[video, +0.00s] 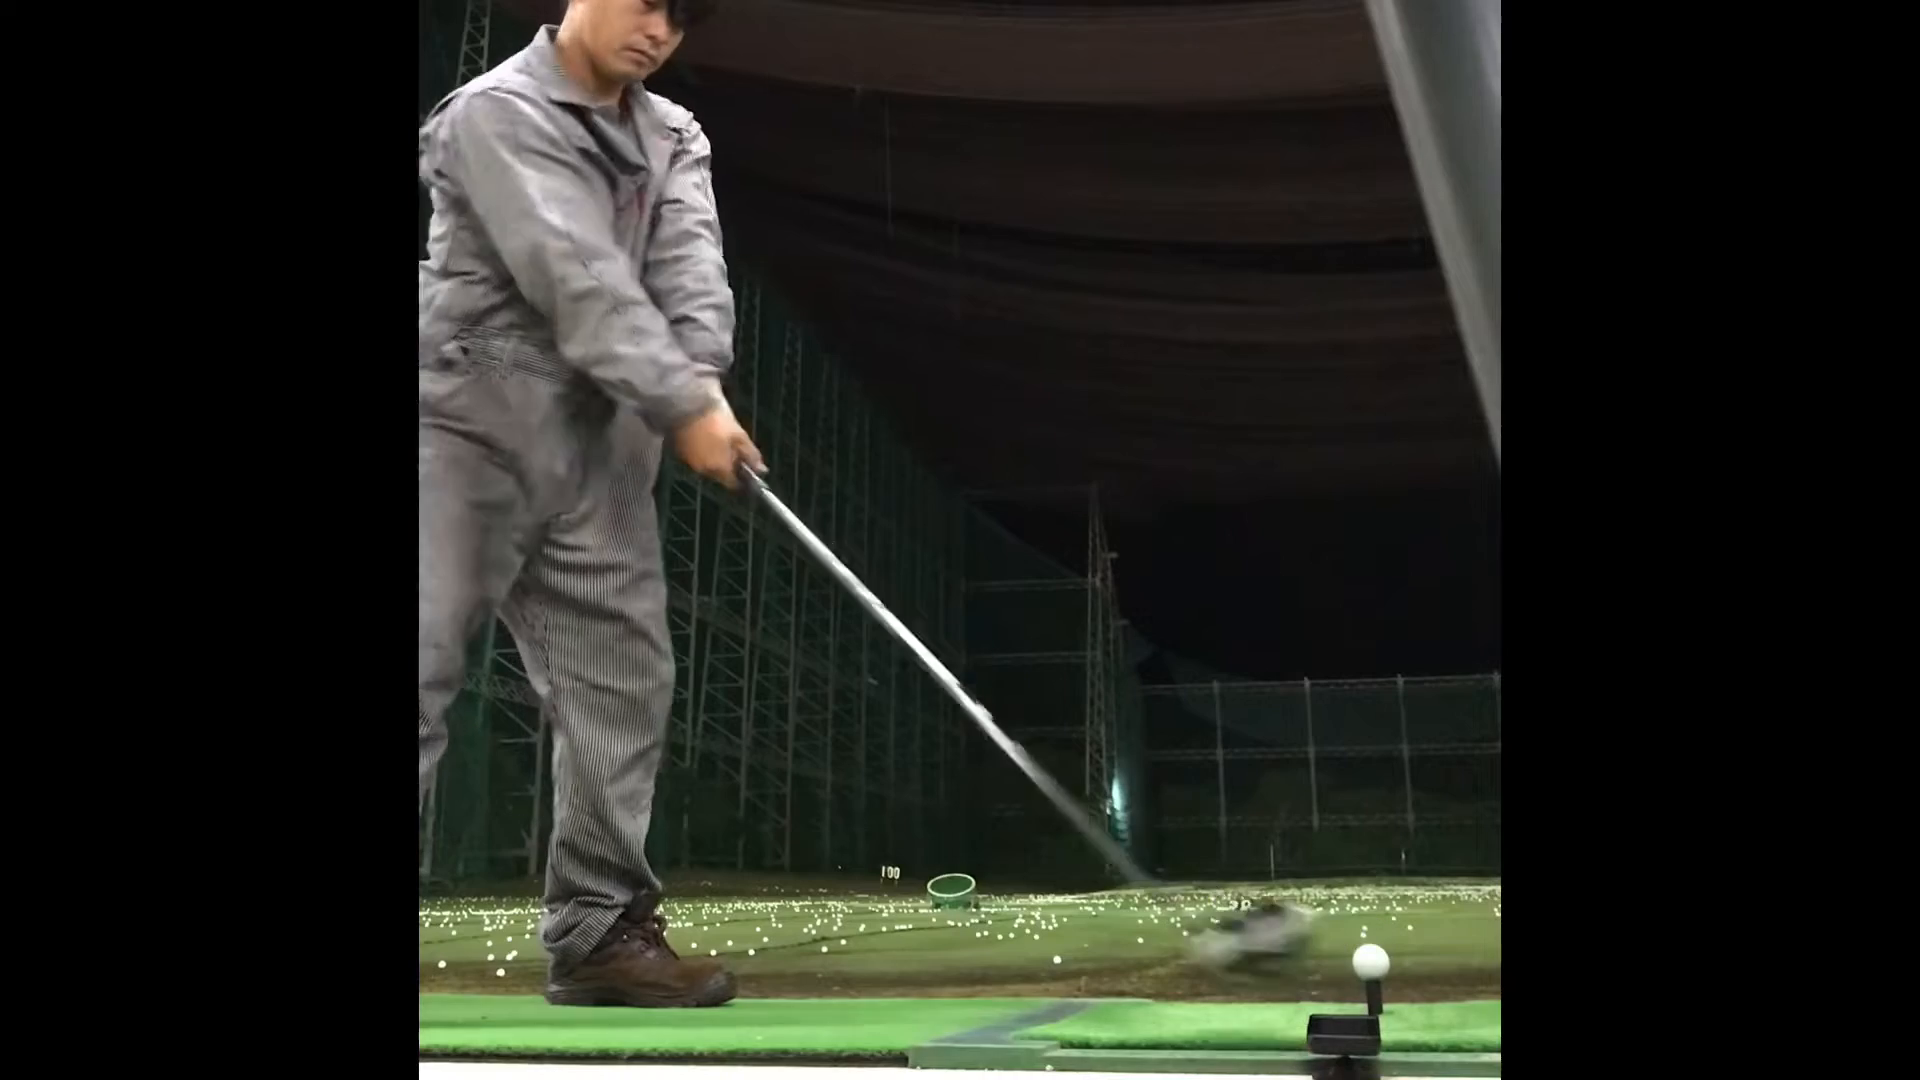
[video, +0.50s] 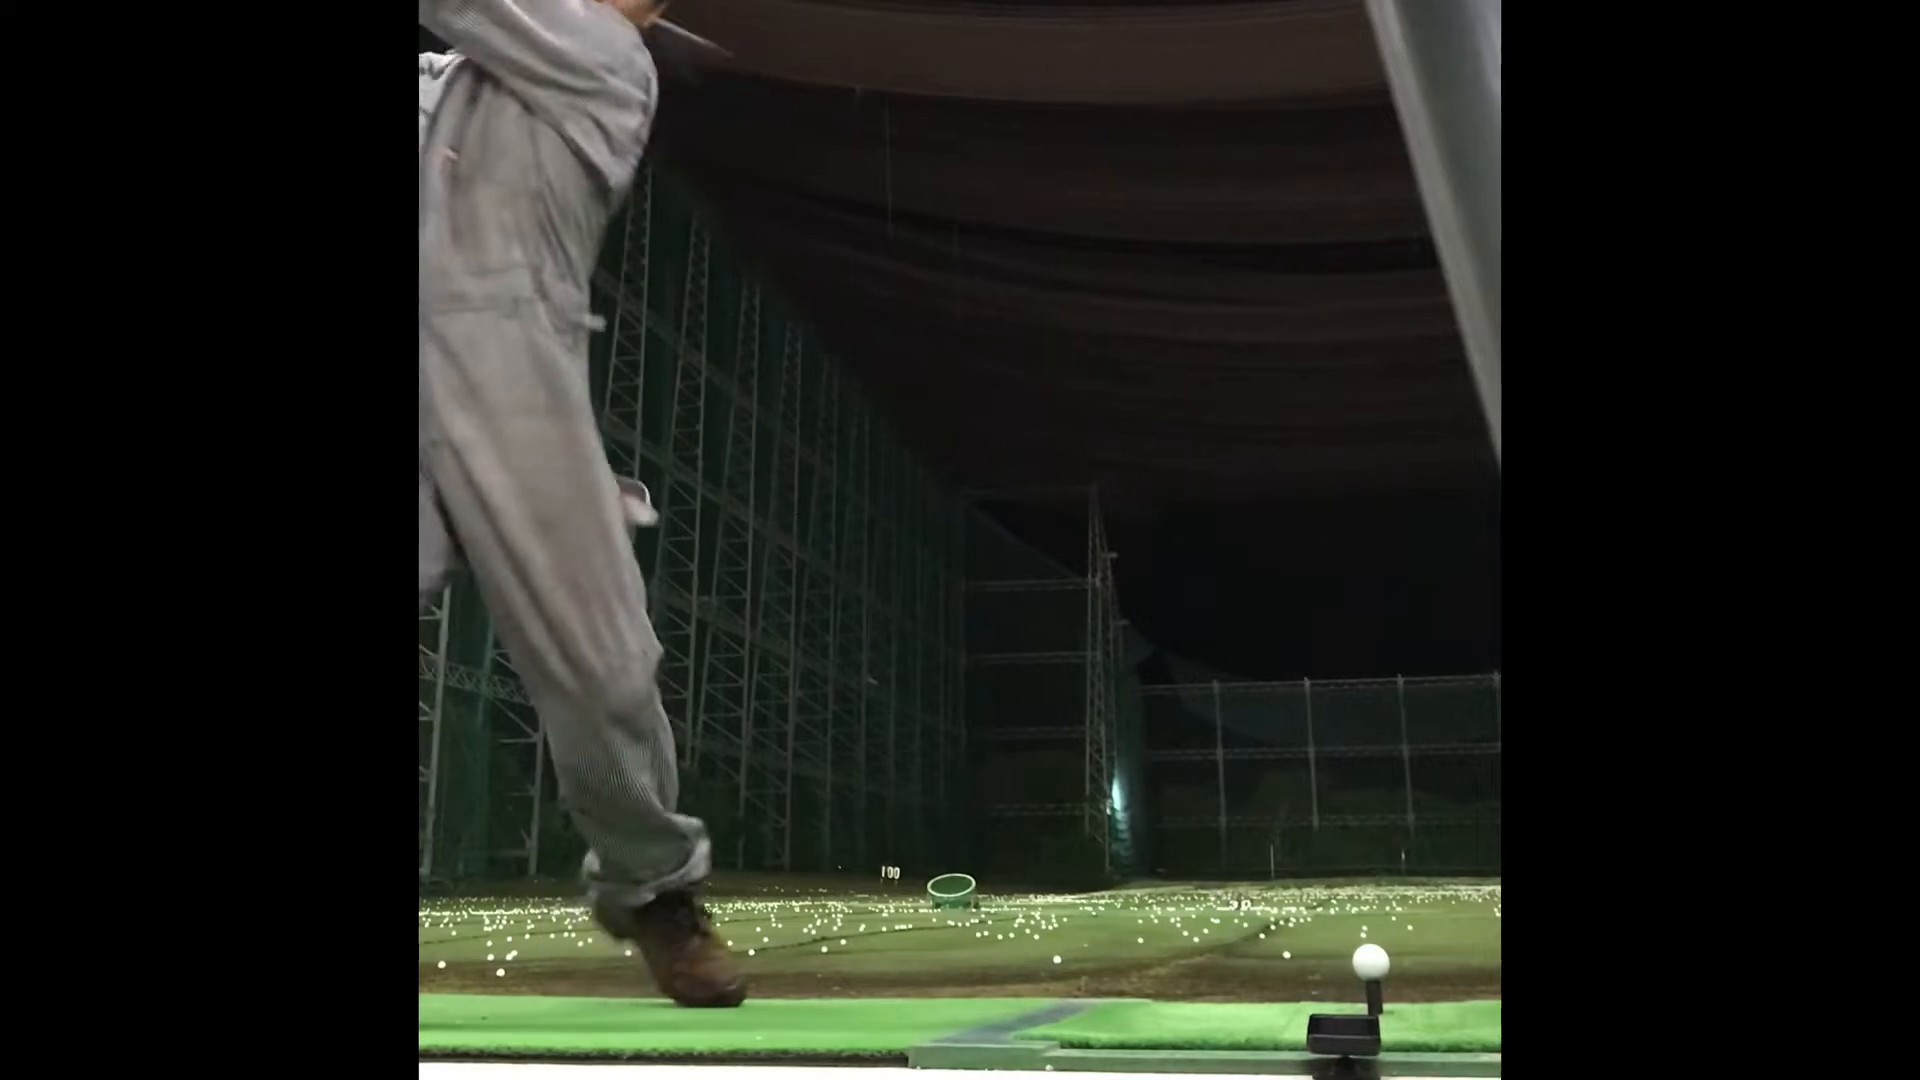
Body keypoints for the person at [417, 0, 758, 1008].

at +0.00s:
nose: (659, 28)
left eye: (672, 15)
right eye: (642, 4)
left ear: (674, 34)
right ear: (578, 3)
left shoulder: (675, 133)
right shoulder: (498, 111)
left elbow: (692, 264)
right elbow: (574, 277)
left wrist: (695, 385)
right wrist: (684, 405)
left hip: (602, 447)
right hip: (465, 433)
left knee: (621, 677)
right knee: (428, 679)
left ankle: (598, 936)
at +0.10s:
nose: (653, 30)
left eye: (670, 20)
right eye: (638, 5)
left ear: (673, 42)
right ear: (574, 2)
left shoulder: (682, 132)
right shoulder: (469, 105)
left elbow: (680, 240)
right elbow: (512, 236)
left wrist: (645, 335)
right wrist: (590, 342)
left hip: (604, 428)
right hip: (460, 421)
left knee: (629, 677)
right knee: (420, 656)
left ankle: (600, 935)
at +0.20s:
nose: (653, 33)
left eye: (672, 26)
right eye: (639, 7)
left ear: (676, 48)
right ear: (577, 2)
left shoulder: (685, 130)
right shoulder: (454, 95)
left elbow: (620, 194)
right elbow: (440, 178)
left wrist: (492, 228)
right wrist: (446, 225)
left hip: (591, 430)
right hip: (441, 413)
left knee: (634, 683)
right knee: (416, 640)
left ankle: (601, 936)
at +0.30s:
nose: (651, 30)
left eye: (672, 24)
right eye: (636, 5)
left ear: (678, 47)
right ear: (578, 4)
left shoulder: (677, 120)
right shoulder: (472, 84)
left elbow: (556, 108)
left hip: (572, 405)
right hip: (435, 386)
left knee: (624, 673)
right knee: (420, 620)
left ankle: (607, 930)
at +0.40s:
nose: (634, 24)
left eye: (647, 21)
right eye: (628, 7)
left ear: (656, 33)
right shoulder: (448, 77)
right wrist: (533, 31)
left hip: (533, 377)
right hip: (427, 378)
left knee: (610, 658)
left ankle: (622, 913)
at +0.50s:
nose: (621, 4)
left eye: (621, 2)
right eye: (626, 4)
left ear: (632, 13)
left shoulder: (606, 64)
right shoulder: (442, 72)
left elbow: (457, 3)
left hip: (506, 374)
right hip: (438, 382)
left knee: (603, 673)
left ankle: (652, 889)